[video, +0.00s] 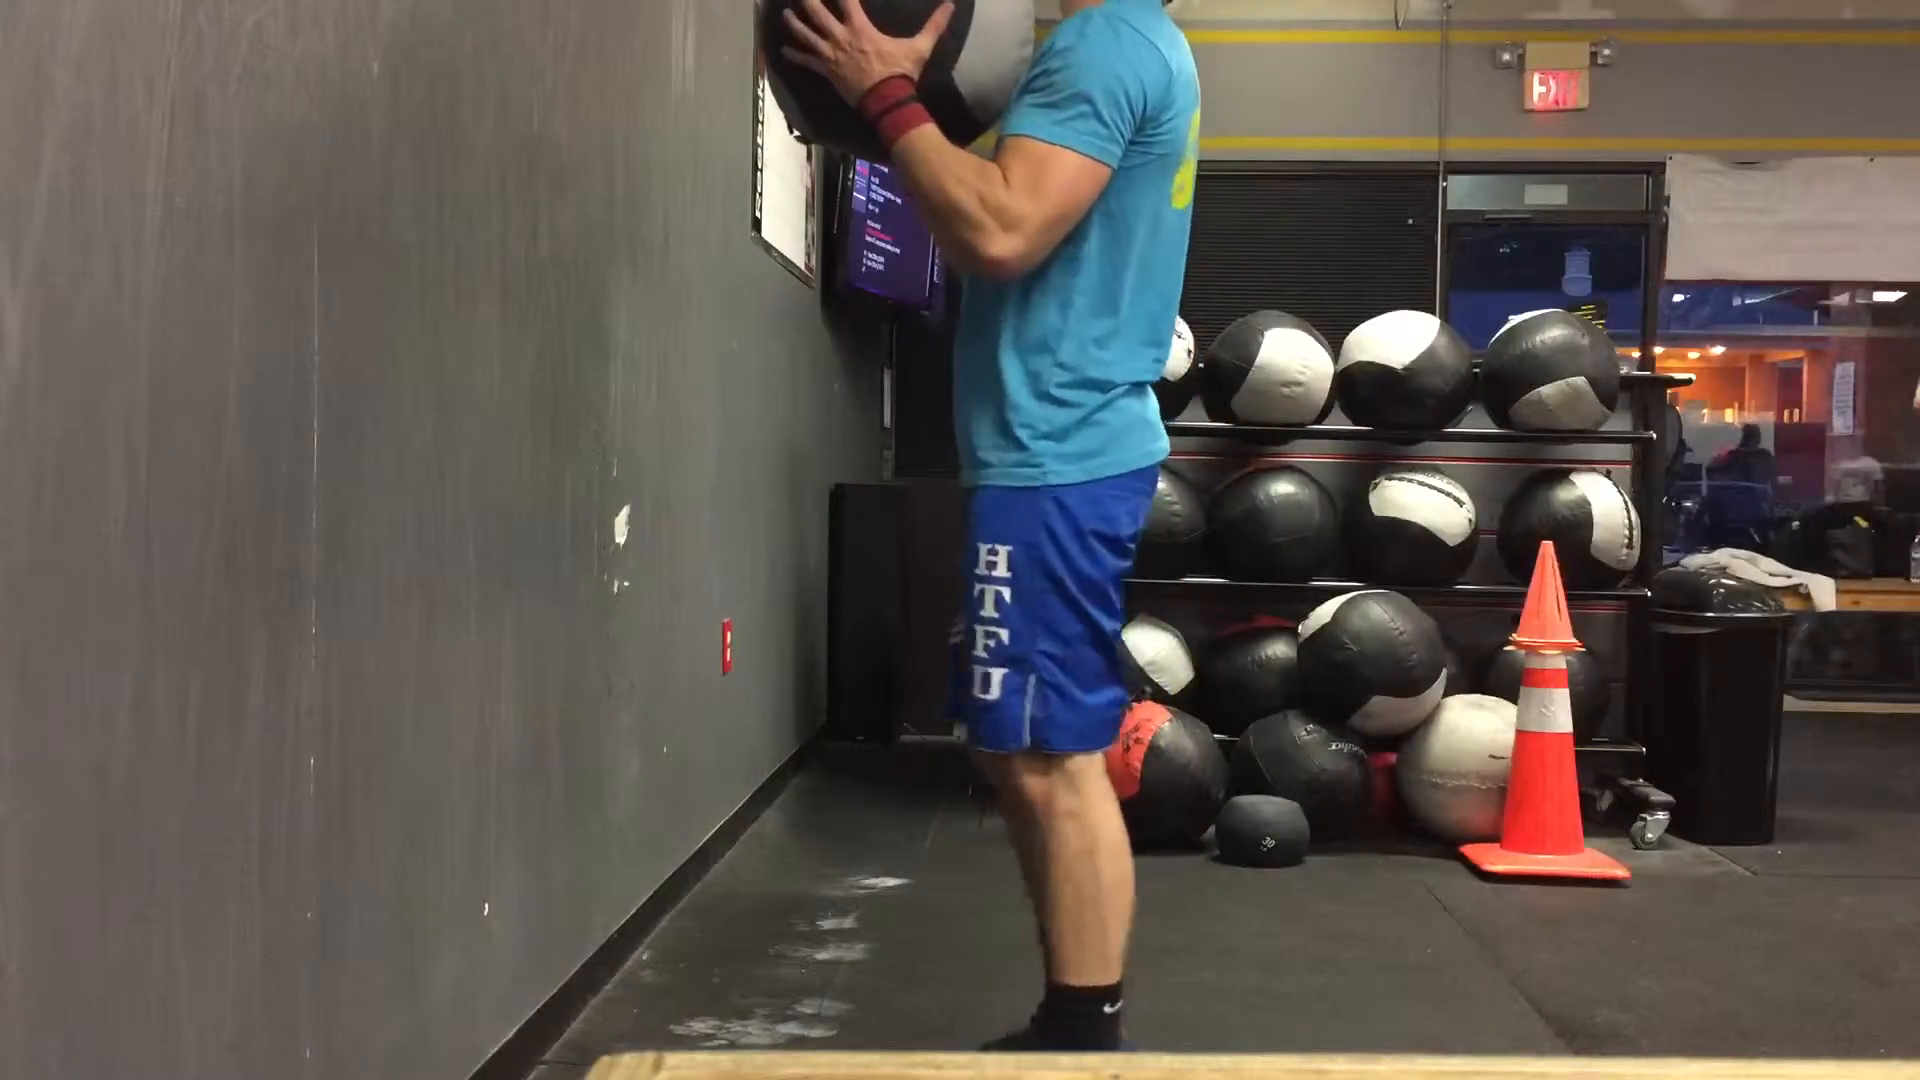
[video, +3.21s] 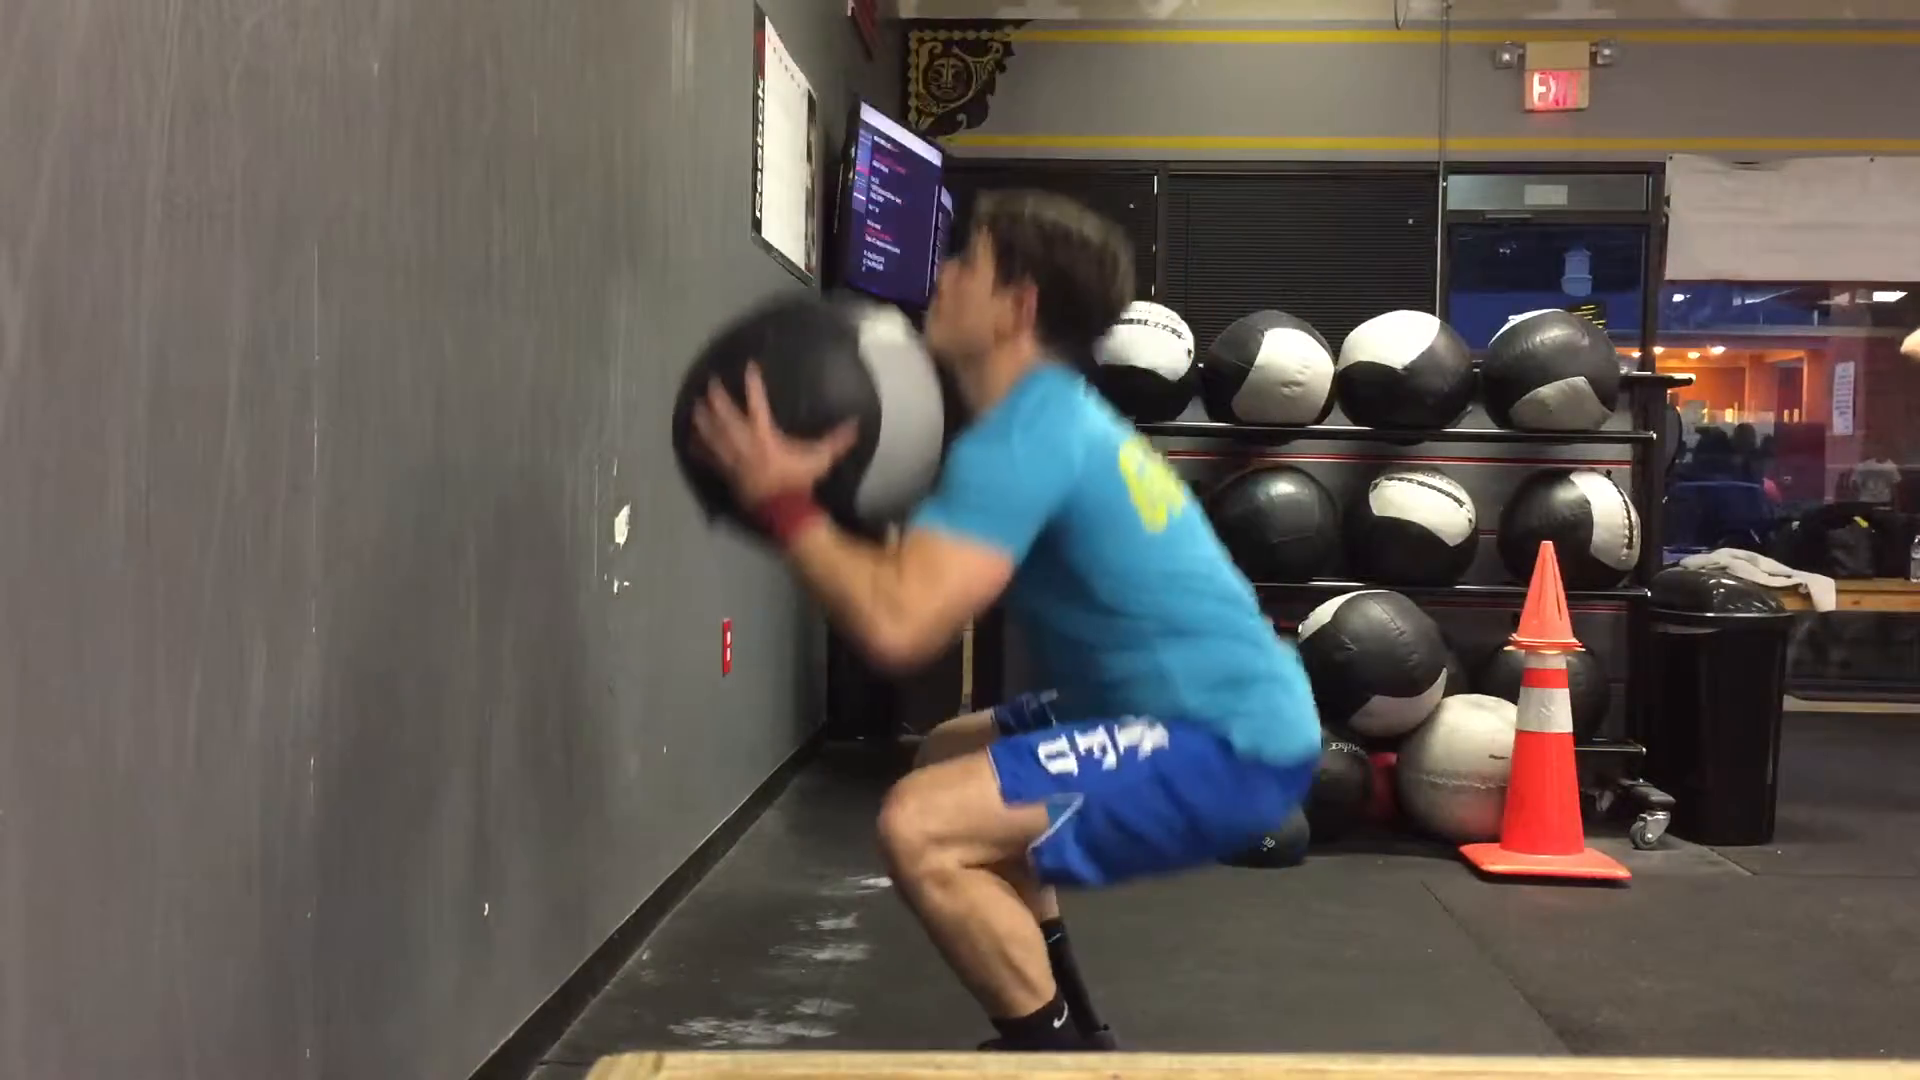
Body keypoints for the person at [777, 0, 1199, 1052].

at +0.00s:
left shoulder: (1115, 46)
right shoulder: (1095, 44)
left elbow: (1001, 233)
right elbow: (995, 217)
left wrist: (888, 96)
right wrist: (903, 103)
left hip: (1063, 459)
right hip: (1041, 456)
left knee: (1052, 760)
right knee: (1029, 757)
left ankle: (1084, 1036)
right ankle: (1075, 1024)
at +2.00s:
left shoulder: (1087, 40)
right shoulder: (1097, 37)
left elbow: (961, 209)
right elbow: (965, 189)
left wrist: (868, 67)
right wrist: (883, 69)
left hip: (1044, 463)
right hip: (1042, 457)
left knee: (1050, 765)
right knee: (1052, 763)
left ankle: (1080, 1031)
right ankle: (1080, 1023)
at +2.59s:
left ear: (1058, 2)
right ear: (1069, 13)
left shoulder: (1048, 104)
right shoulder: (1063, 108)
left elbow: (889, 257)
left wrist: (788, 136)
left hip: (1157, 511)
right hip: (1147, 506)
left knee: (971, 782)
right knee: (1018, 784)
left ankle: (1067, 1038)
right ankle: (1066, 1028)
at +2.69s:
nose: (961, 87)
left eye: (986, 73)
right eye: (976, 68)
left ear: (1036, 117)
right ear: (1036, 122)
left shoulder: (1036, 240)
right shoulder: (1040, 231)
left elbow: (872, 397)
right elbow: (896, 383)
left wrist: (773, 267)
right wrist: (788, 277)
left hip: (1192, 613)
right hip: (1173, 600)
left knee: (933, 806)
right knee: (983, 795)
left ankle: (1054, 1039)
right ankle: (1065, 1023)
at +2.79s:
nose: (940, 225)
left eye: (965, 214)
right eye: (956, 208)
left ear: (1013, 263)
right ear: (1015, 269)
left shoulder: (1018, 390)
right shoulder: (1028, 371)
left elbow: (869, 567)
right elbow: (891, 538)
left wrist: (766, 428)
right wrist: (781, 427)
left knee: (900, 841)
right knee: (924, 764)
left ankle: (1046, 1046)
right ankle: (1063, 1016)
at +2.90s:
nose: (929, 336)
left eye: (952, 323)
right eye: (943, 319)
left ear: (1004, 369)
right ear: (1004, 373)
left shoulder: (1010, 505)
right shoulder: (1026, 483)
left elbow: (867, 700)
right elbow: (889, 661)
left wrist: (762, 559)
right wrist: (782, 555)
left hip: (1190, 830)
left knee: (888, 853)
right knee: (911, 775)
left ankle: (1042, 1050)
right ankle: (1066, 1028)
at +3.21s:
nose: (939, 275)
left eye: (963, 261)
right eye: (953, 257)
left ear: (1019, 305)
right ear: (1018, 310)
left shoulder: (1029, 435)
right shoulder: (1048, 412)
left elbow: (900, 623)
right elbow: (911, 586)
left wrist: (783, 503)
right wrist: (789, 492)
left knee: (920, 826)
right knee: (947, 754)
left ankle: (1052, 1051)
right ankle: (1064, 1016)